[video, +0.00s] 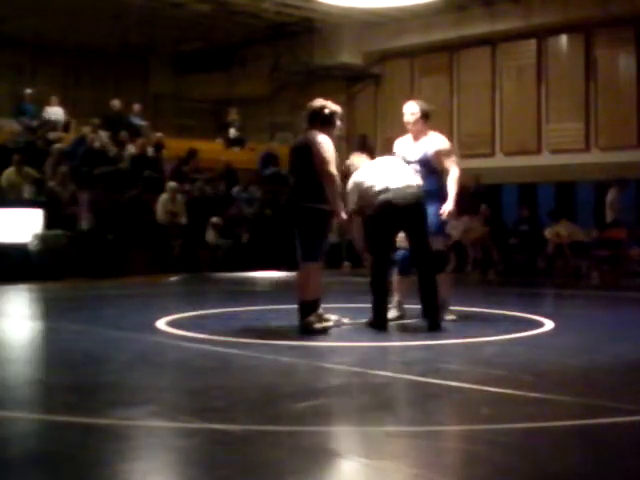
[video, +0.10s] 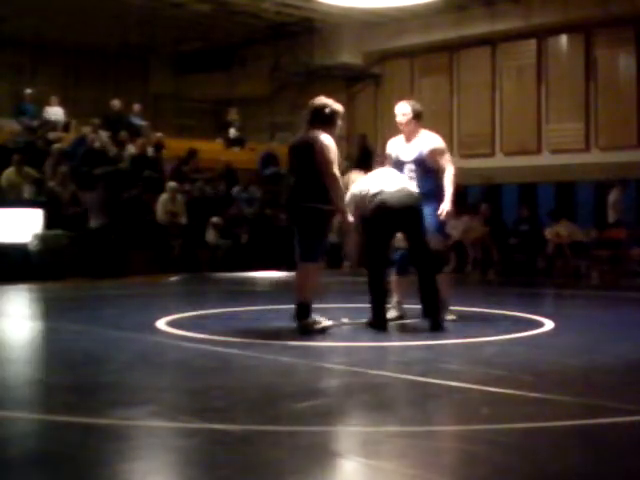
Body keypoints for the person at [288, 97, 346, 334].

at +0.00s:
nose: (340, 127)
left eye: (339, 121)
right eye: (337, 121)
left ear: (313, 120)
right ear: (327, 120)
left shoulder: (301, 142)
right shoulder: (321, 140)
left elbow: (298, 179)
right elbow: (329, 174)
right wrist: (339, 205)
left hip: (302, 208)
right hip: (316, 209)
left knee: (308, 262)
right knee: (312, 262)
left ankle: (309, 311)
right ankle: (310, 313)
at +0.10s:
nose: (340, 126)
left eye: (340, 120)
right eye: (338, 120)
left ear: (313, 119)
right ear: (329, 120)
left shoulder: (298, 143)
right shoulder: (324, 142)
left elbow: (295, 179)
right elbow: (332, 176)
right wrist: (343, 208)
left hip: (299, 208)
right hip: (318, 209)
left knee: (306, 261)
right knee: (311, 261)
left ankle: (303, 311)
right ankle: (305, 313)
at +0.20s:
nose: (341, 124)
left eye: (341, 119)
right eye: (339, 119)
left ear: (314, 117)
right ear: (330, 119)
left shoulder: (298, 143)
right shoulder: (323, 141)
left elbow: (295, 180)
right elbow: (331, 175)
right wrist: (342, 207)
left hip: (298, 207)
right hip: (317, 209)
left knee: (305, 260)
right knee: (310, 261)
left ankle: (292, 306)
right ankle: (301, 315)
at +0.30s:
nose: (338, 127)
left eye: (340, 122)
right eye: (338, 122)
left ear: (317, 117)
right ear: (330, 121)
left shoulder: (303, 142)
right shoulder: (319, 143)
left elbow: (296, 180)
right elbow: (326, 175)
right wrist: (337, 207)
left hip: (300, 208)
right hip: (315, 209)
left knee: (302, 262)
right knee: (310, 263)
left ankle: (286, 313)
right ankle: (304, 317)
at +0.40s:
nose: (344, 127)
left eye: (345, 121)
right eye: (342, 121)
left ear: (322, 117)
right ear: (333, 121)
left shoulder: (308, 141)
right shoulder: (318, 144)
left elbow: (314, 183)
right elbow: (320, 182)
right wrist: (331, 212)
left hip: (303, 208)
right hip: (313, 210)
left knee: (302, 262)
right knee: (309, 263)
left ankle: (286, 311)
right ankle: (305, 317)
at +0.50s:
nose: (347, 128)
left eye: (348, 123)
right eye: (346, 123)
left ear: (327, 118)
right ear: (335, 121)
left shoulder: (319, 141)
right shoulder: (318, 143)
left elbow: (319, 184)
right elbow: (316, 185)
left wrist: (334, 209)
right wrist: (323, 215)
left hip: (311, 209)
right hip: (311, 210)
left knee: (312, 261)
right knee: (314, 262)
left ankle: (297, 306)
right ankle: (303, 313)